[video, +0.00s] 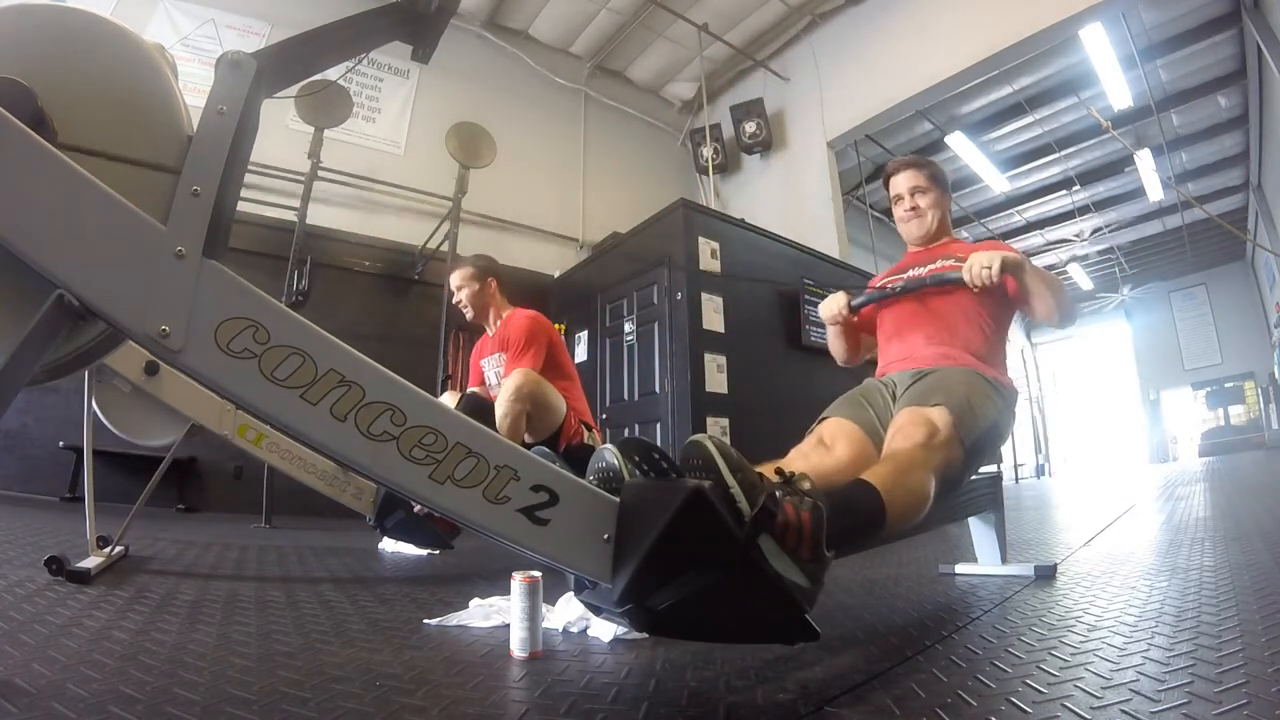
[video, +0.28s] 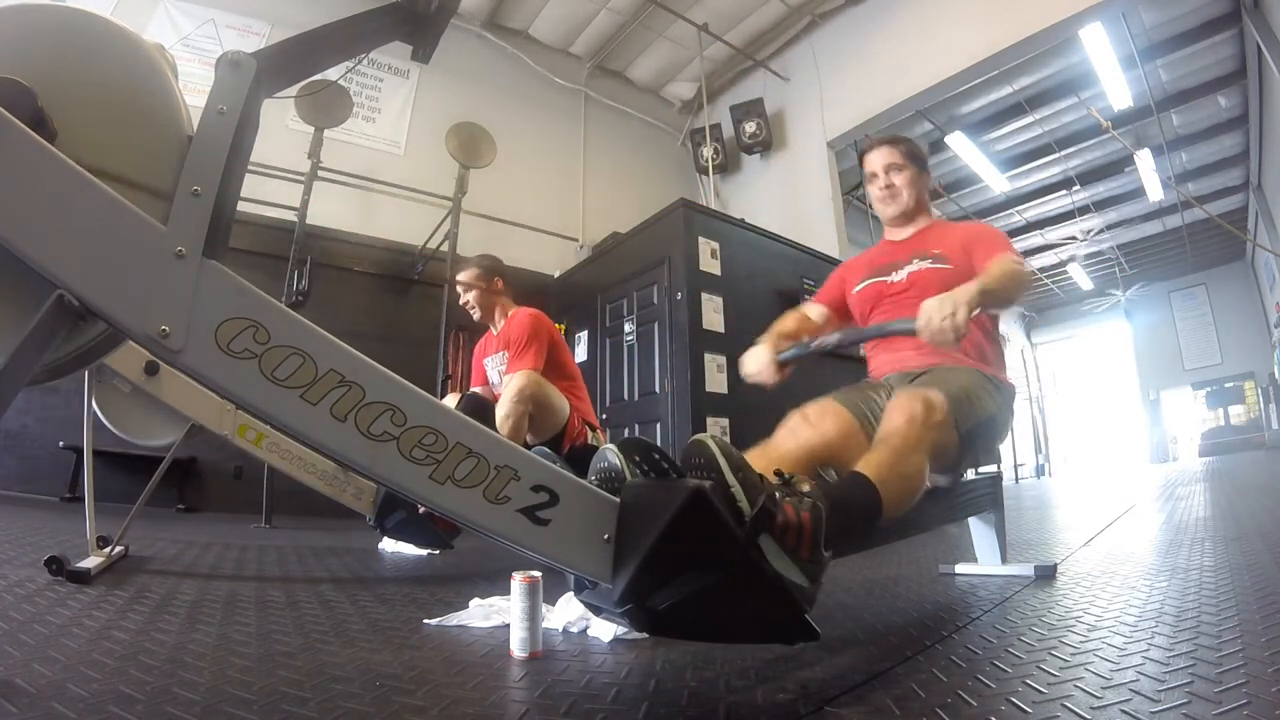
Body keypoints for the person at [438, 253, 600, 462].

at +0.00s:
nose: (455, 300)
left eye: (461, 289)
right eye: (454, 293)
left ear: (490, 286)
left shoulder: (527, 323)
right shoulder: (479, 349)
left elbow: (518, 392)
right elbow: (477, 400)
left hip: (574, 438)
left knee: (520, 384)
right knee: (449, 399)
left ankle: (501, 473)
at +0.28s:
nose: (462, 301)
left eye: (468, 290)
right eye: (460, 294)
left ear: (497, 285)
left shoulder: (528, 320)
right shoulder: (482, 348)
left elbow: (518, 391)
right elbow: (481, 405)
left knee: (524, 385)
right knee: (452, 400)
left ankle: (498, 476)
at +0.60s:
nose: (457, 312)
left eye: (461, 301)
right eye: (452, 306)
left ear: (490, 291)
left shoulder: (523, 327)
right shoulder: (477, 354)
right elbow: (464, 414)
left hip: (582, 439)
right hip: (530, 444)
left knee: (528, 387)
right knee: (457, 404)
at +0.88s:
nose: (481, 296)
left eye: (488, 286)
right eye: (478, 291)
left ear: (516, 282)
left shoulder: (552, 323)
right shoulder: (503, 340)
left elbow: (536, 388)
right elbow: (490, 399)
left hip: (585, 440)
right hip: (529, 438)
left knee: (531, 389)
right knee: (454, 403)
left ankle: (489, 474)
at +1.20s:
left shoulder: (591, 325)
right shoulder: (541, 338)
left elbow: (595, 380)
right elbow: (512, 401)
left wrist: (538, 342)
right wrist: (459, 373)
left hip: (588, 445)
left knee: (540, 391)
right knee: (470, 405)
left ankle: (485, 479)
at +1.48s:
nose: (566, 286)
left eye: (575, 279)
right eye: (564, 282)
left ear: (601, 286)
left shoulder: (622, 333)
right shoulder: (567, 346)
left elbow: (658, 352)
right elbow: (533, 387)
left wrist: (632, 305)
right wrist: (538, 346)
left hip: (600, 438)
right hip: (555, 433)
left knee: (527, 379)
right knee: (472, 406)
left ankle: (493, 464)